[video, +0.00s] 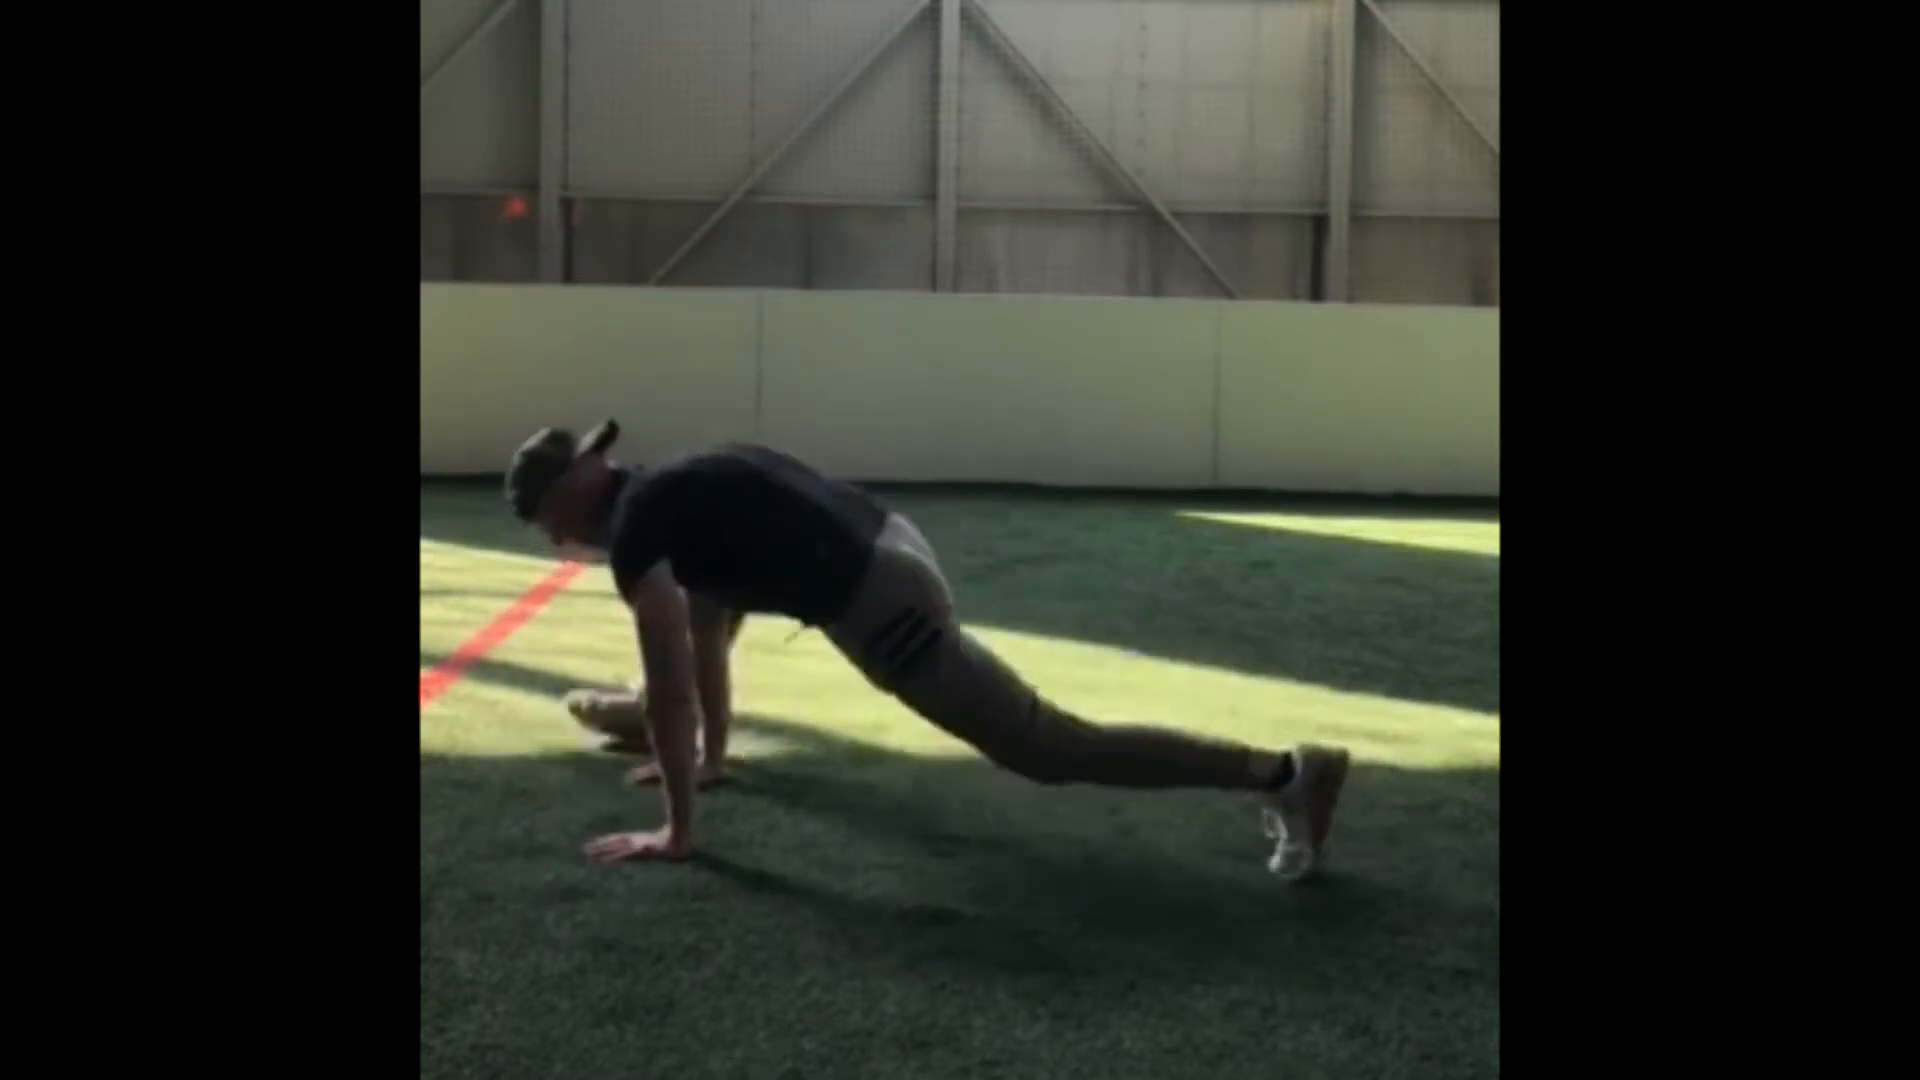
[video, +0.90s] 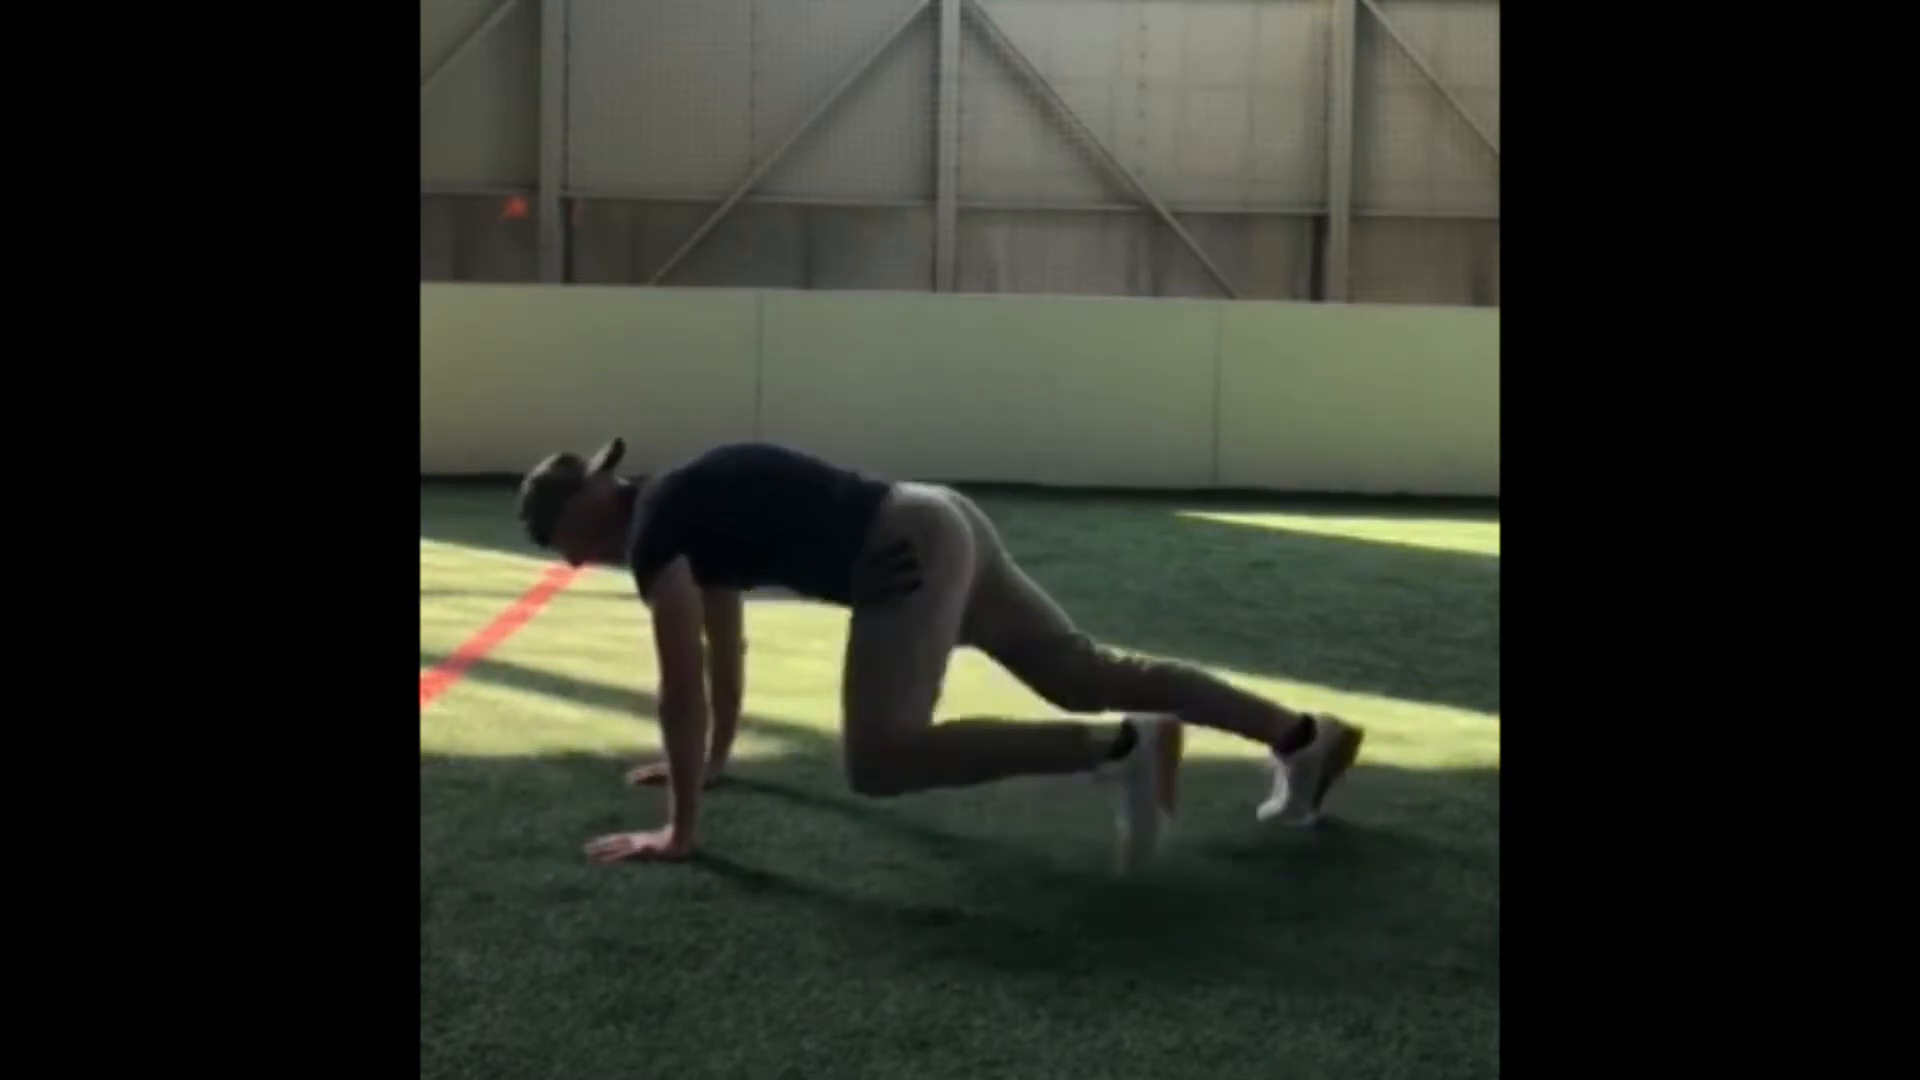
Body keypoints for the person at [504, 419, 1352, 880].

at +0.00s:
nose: (555, 540)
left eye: (548, 525)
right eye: (545, 527)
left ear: (577, 495)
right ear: (600, 472)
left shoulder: (637, 533)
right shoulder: (682, 485)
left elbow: (674, 691)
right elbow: (710, 643)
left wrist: (676, 832)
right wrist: (700, 738)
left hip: (879, 598)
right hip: (894, 545)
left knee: (1042, 747)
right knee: (692, 585)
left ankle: (1284, 779)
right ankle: (688, 726)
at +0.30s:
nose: (582, 556)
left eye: (574, 542)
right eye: (573, 543)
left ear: (592, 512)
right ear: (616, 481)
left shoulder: (647, 535)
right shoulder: (691, 482)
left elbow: (678, 687)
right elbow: (729, 627)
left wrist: (678, 829)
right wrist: (704, 735)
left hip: (907, 572)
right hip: (917, 524)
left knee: (1078, 723)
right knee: (740, 563)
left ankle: (1319, 781)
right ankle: (723, 732)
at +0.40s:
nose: (574, 561)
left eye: (566, 545)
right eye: (564, 549)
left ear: (587, 512)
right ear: (609, 488)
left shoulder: (645, 536)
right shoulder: (693, 496)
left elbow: (674, 691)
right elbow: (717, 660)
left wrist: (677, 830)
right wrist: (704, 766)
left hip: (917, 549)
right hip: (918, 490)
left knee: (1091, 687)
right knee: (757, 573)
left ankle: (1330, 779)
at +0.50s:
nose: (572, 565)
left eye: (564, 549)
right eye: (561, 553)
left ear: (583, 513)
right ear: (600, 491)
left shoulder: (642, 535)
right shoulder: (682, 499)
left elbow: (671, 693)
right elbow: (713, 652)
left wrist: (677, 829)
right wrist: (708, 756)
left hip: (914, 534)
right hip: (907, 502)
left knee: (1108, 675)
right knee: (853, 649)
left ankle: (1334, 777)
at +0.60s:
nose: (570, 562)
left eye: (562, 546)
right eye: (559, 551)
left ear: (580, 511)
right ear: (597, 489)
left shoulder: (642, 534)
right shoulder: (682, 501)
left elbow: (669, 694)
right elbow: (718, 652)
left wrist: (677, 829)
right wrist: (710, 752)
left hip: (914, 557)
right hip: (911, 540)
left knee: (1097, 687)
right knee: (970, 716)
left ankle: (1340, 780)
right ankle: (1166, 681)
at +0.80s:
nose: (583, 561)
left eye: (574, 546)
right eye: (572, 551)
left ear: (593, 511)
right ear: (613, 489)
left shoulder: (652, 536)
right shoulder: (698, 502)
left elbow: (676, 696)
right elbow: (732, 661)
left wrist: (679, 833)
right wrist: (710, 760)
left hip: (919, 581)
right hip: (940, 540)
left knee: (1038, 774)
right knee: (1073, 709)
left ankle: (1283, 760)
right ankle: (1282, 739)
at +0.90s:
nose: (582, 563)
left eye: (572, 548)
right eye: (569, 553)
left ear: (593, 508)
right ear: (610, 489)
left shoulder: (657, 534)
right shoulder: (693, 501)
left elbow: (681, 689)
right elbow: (725, 660)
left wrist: (678, 831)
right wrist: (704, 763)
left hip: (901, 549)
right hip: (941, 515)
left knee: (881, 761)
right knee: (1081, 677)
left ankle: (1119, 749)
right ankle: (1300, 735)